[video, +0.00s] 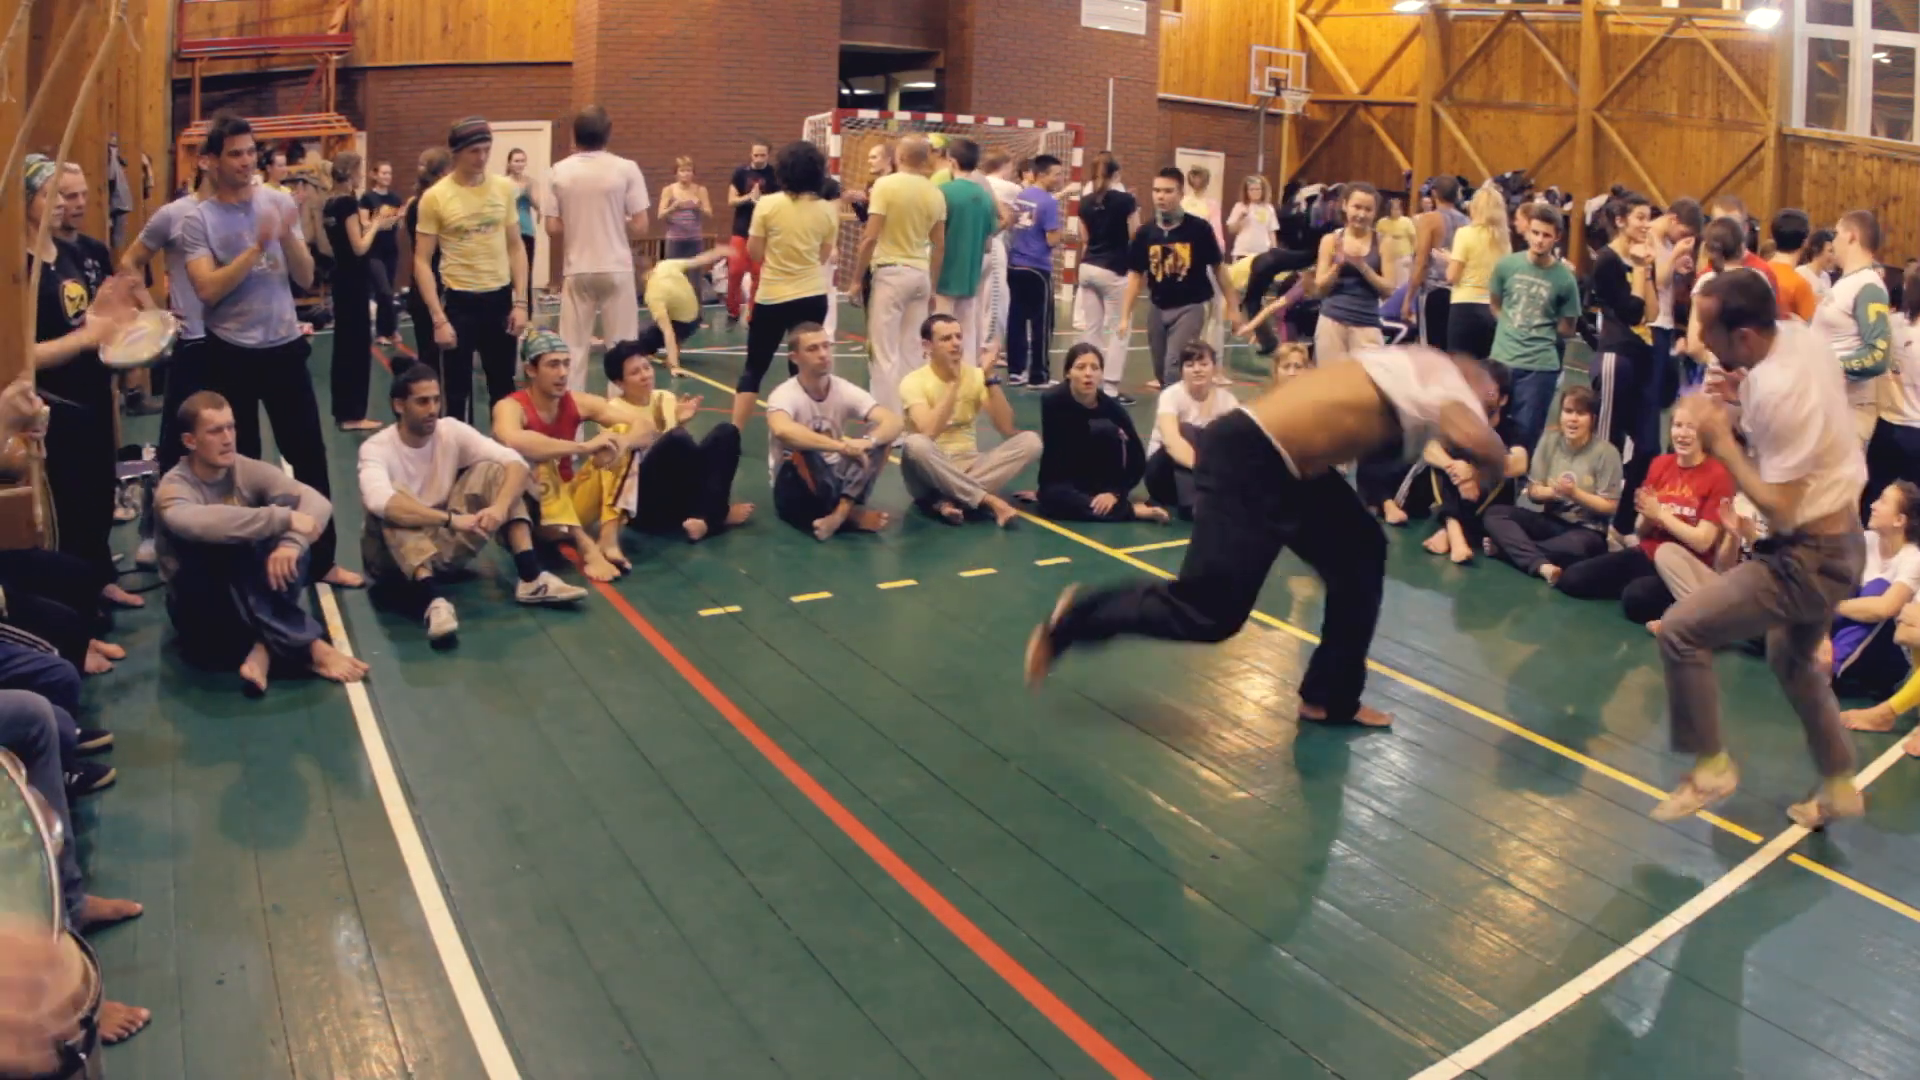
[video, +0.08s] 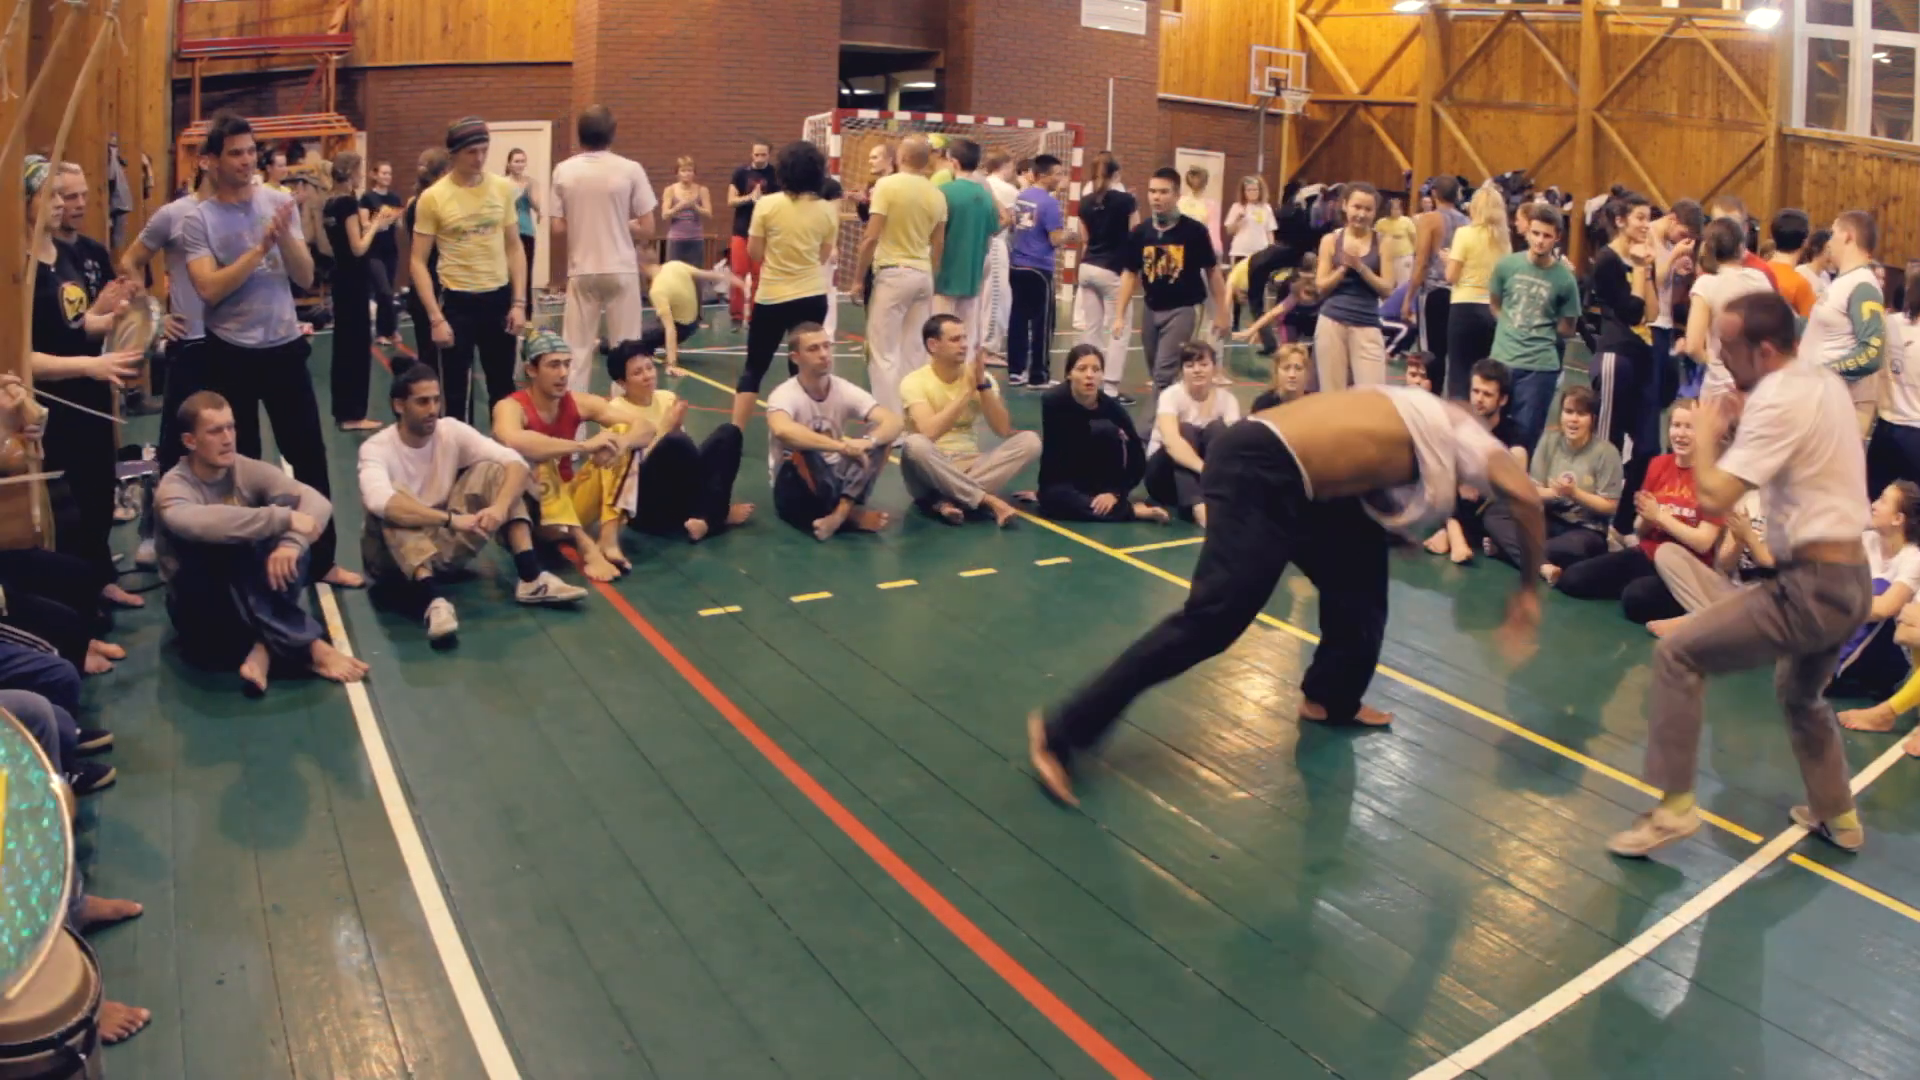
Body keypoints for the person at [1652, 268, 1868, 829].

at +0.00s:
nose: (1706, 346)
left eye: (1711, 336)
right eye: (1704, 335)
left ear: (1747, 334)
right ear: (1756, 326)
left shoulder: (1777, 387)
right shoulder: (1803, 337)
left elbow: (1781, 507)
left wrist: (1721, 440)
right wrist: (1750, 396)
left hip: (1810, 552)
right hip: (1837, 541)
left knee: (1679, 631)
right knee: (1795, 664)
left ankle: (1711, 768)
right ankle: (1840, 785)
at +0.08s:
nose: (1722, 360)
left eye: (1728, 348)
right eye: (1721, 348)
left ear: (1766, 348)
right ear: (1778, 347)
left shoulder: (1781, 399)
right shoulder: (1826, 384)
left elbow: (1714, 495)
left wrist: (1708, 432)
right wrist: (1736, 425)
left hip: (1814, 583)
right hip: (1851, 581)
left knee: (1678, 652)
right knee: (1801, 692)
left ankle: (1675, 804)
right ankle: (1839, 815)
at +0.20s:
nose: (1724, 392)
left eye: (1732, 380)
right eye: (1724, 380)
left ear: (1770, 382)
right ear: (1776, 384)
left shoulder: (1779, 428)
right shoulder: (1828, 428)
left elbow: (1672, 472)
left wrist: (1662, 426)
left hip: (1809, 618)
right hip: (1845, 617)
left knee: (1671, 674)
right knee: (1793, 706)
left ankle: (1649, 818)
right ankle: (1834, 814)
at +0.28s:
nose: (1708, 392)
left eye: (1718, 384)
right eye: (1709, 381)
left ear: (1758, 392)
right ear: (1758, 393)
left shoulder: (1773, 436)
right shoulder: (1797, 434)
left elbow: (1663, 464)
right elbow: (1715, 483)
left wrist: (1658, 392)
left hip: (1800, 627)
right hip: (1821, 622)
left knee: (1657, 669)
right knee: (1781, 715)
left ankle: (1617, 814)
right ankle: (1834, 815)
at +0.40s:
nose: (1673, 382)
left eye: (1685, 371)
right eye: (1673, 368)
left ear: (1727, 380)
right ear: (1723, 379)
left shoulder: (1748, 429)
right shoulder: (1717, 420)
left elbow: (1638, 442)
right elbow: (1630, 423)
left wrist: (1662, 344)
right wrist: (1659, 339)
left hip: (1756, 620)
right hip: (1732, 604)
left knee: (1625, 680)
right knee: (1751, 709)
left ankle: (1533, 810)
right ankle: (1831, 791)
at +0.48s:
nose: (1661, 391)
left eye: (1678, 385)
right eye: (1662, 378)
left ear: (1718, 395)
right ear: (1660, 372)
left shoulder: (1726, 448)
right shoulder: (1672, 422)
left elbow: (1618, 472)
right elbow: (1588, 427)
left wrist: (1641, 379)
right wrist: (1629, 341)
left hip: (1708, 615)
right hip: (1664, 597)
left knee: (1592, 685)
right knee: (1689, 697)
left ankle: (1513, 829)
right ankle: (1796, 737)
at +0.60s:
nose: (1635, 457)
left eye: (1650, 458)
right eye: (1638, 443)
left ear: (1685, 470)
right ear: (1646, 422)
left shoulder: (1679, 518)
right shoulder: (1630, 420)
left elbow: (1572, 551)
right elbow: (1554, 481)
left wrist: (1601, 489)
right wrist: (1590, 418)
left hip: (1634, 617)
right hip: (1578, 595)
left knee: (1548, 696)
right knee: (1561, 699)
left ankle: (1501, 835)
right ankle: (1675, 702)